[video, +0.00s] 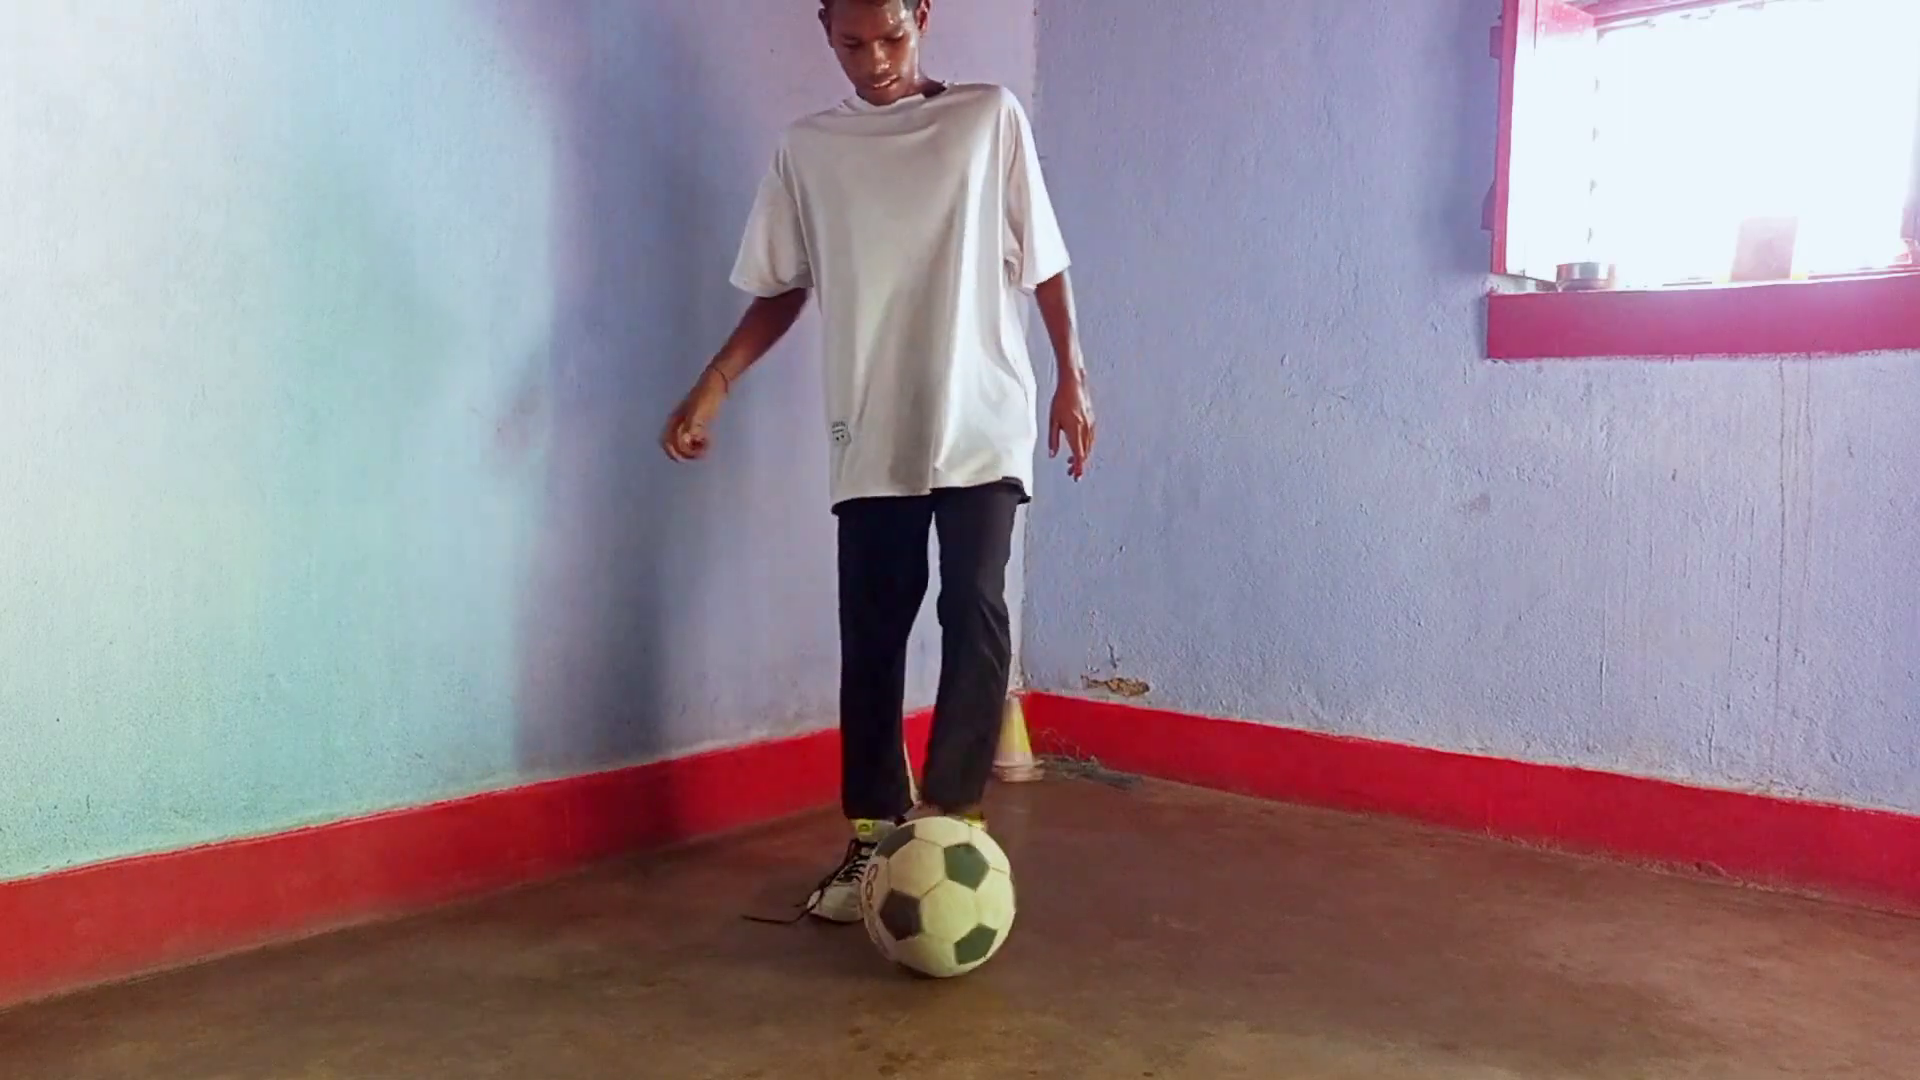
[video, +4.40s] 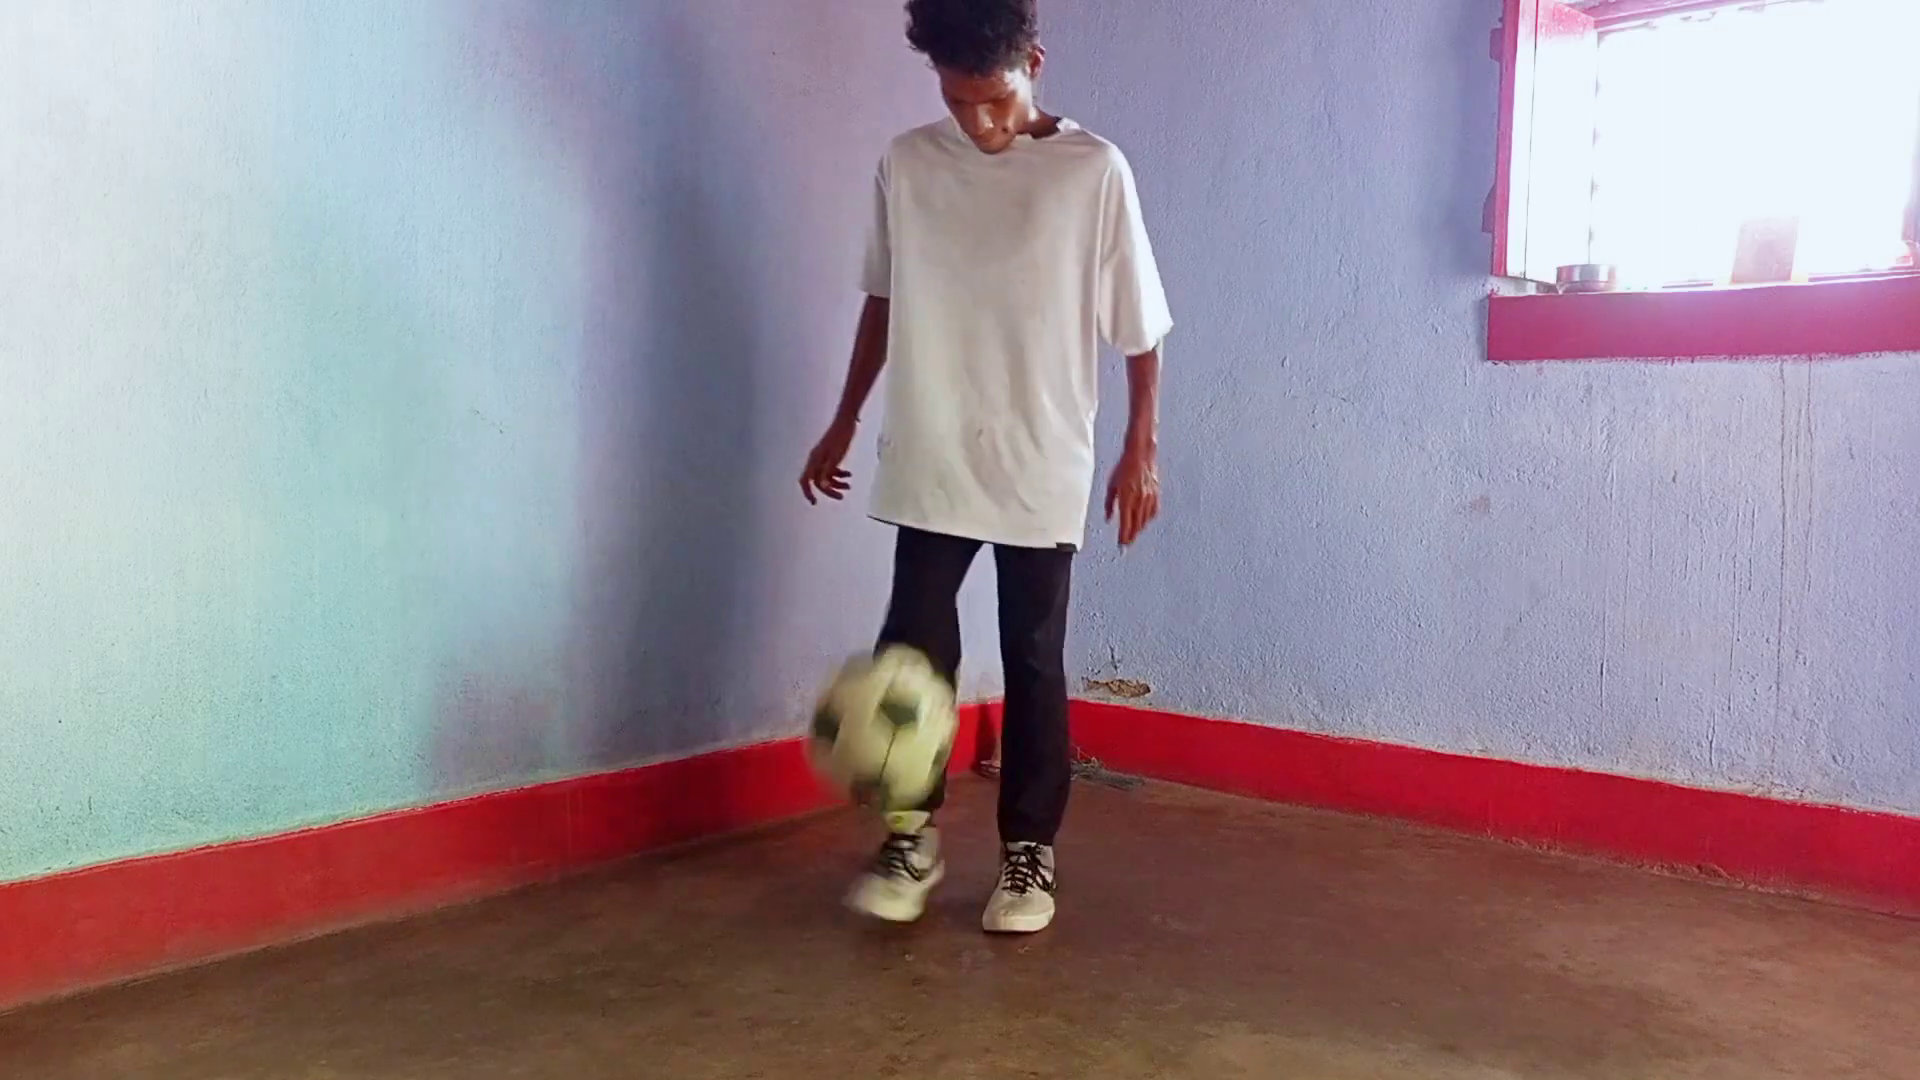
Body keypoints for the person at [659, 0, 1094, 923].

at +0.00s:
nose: (875, 61)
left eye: (890, 39)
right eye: (853, 44)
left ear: (920, 22)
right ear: (828, 36)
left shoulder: (989, 117)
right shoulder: (808, 150)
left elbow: (1042, 261)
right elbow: (782, 294)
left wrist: (1072, 375)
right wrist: (707, 388)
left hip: (982, 417)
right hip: (872, 427)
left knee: (974, 605)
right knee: (869, 632)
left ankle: (949, 831)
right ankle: (876, 840)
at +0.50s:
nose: (980, 71)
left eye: (998, 52)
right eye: (962, 52)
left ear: (1027, 39)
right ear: (931, 37)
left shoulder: (1066, 146)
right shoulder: (878, 135)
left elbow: (1087, 293)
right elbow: (842, 278)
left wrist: (1111, 410)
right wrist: (803, 398)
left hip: (1010, 429)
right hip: (904, 414)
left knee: (991, 652)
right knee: (907, 581)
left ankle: (959, 843)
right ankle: (889, 786)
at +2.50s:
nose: (1027, 116)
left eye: (1045, 97)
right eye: (1010, 97)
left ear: (1085, 65)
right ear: (989, 69)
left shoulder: (1135, 179)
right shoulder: (950, 161)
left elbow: (1166, 335)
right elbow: (919, 298)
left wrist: (1164, 462)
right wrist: (883, 416)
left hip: (1072, 455)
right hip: (968, 443)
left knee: (1049, 658)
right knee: (956, 640)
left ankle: (1022, 841)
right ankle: (942, 839)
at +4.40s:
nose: (980, 123)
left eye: (994, 102)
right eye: (960, 104)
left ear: (1033, 59)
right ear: (934, 79)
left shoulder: (1094, 170)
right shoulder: (909, 162)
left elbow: (1138, 323)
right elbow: (881, 305)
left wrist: (1141, 449)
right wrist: (843, 425)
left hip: (1042, 457)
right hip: (930, 449)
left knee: (1031, 655)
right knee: (911, 645)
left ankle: (1028, 855)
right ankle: (909, 840)